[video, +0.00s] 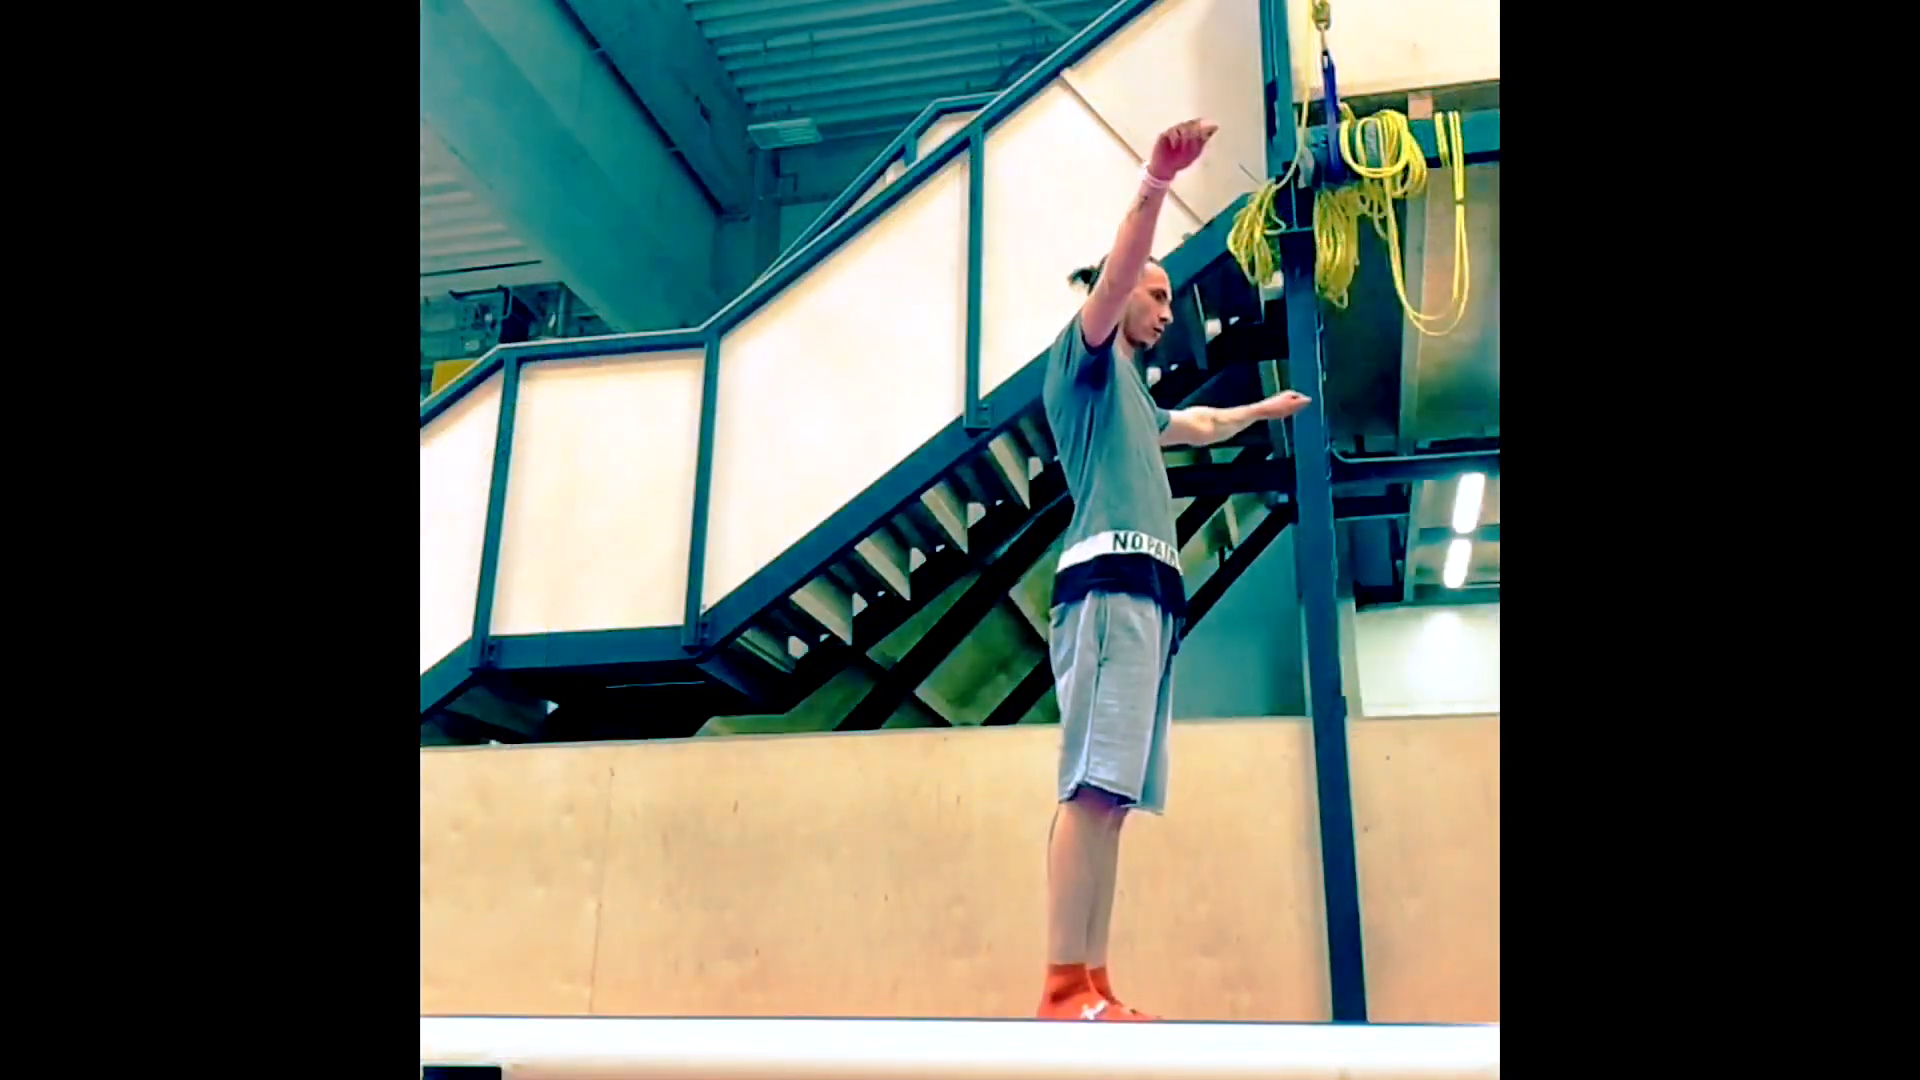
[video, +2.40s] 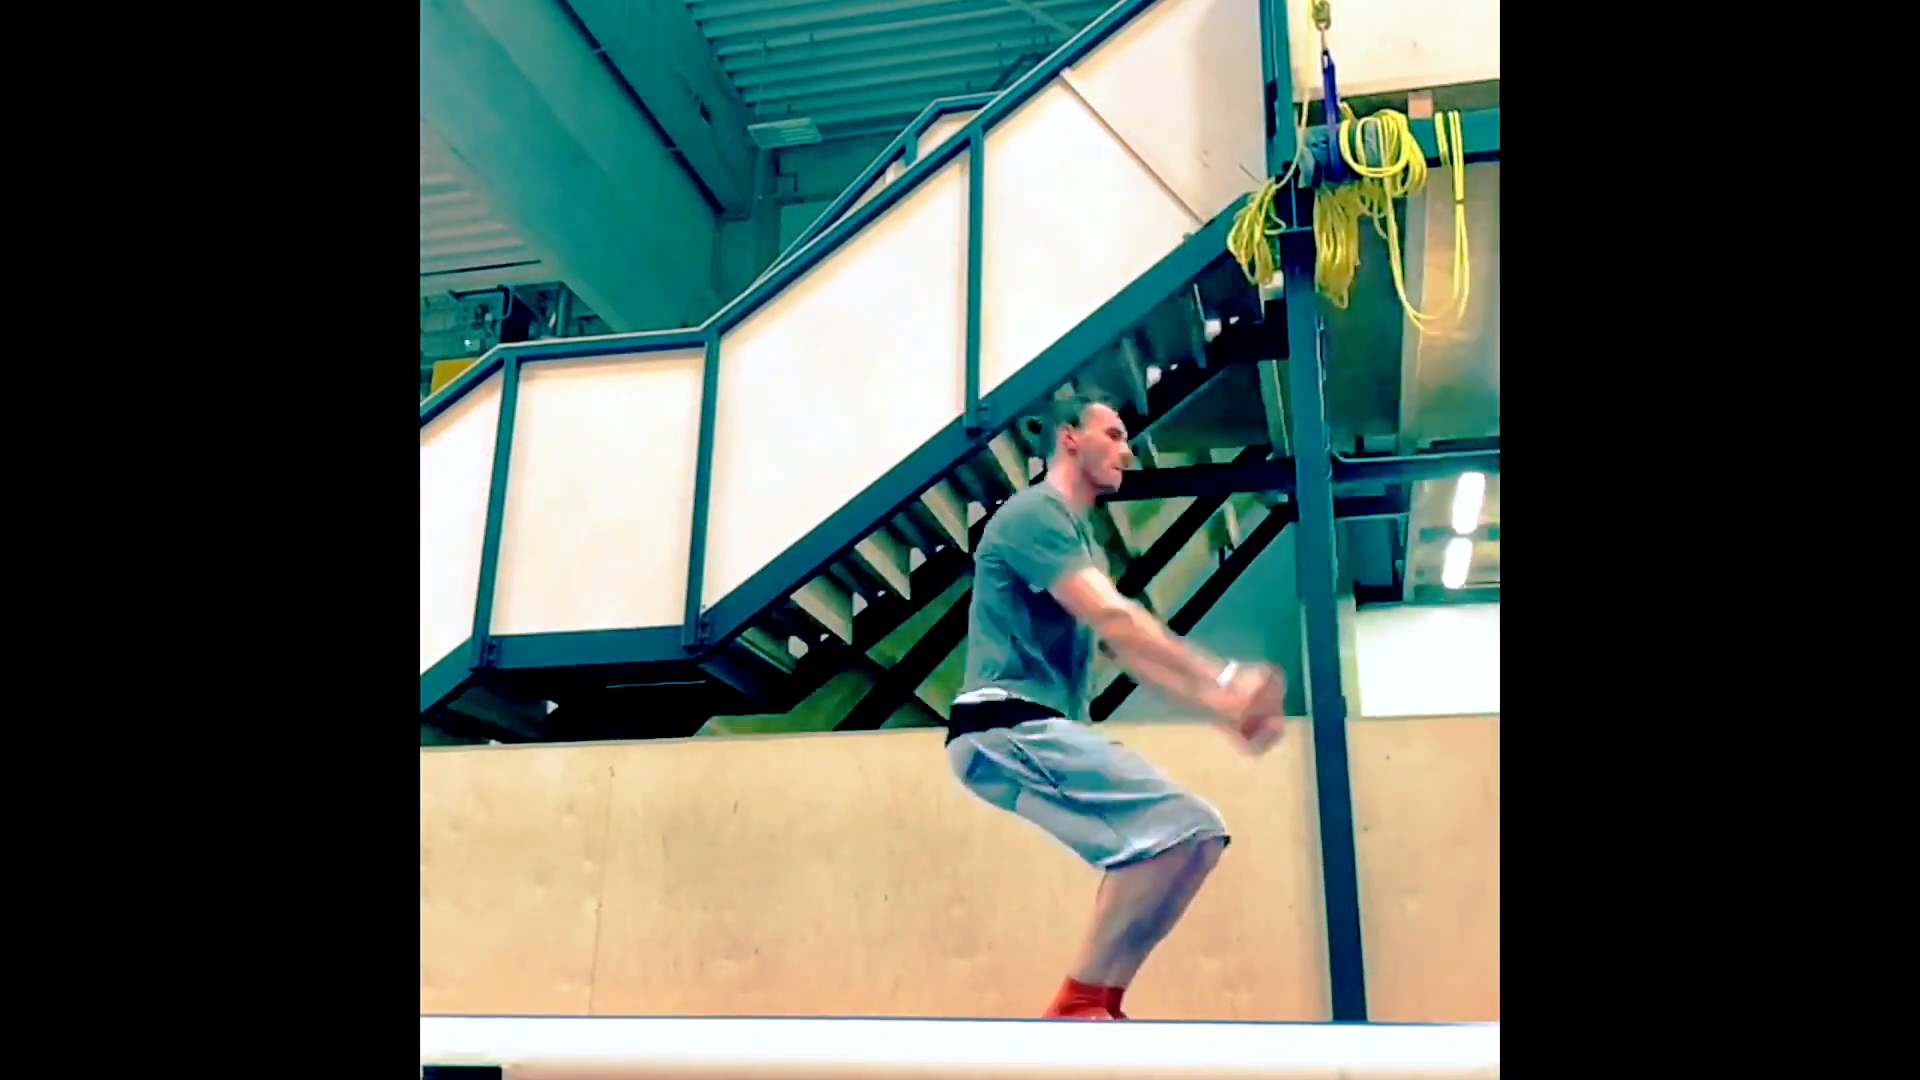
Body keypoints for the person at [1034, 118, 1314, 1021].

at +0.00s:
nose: (1166, 310)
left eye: (1169, 302)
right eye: (1155, 295)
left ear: (1154, 317)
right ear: (1114, 290)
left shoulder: (1132, 394)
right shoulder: (1084, 360)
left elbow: (1201, 426)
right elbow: (1117, 280)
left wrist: (1269, 407)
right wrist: (1156, 185)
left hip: (1146, 593)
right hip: (1110, 585)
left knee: (1113, 796)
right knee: (1093, 791)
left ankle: (1092, 989)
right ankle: (1065, 993)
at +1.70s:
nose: (1154, 270)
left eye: (1153, 260)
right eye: (1142, 258)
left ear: (1125, 274)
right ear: (1101, 265)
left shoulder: (1124, 362)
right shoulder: (1077, 312)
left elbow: (1229, 340)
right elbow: (1207, 264)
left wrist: (1322, 272)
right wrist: (1300, 190)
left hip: (1136, 561)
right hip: (1102, 552)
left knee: (1125, 768)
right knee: (1106, 758)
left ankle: (1118, 968)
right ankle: (1086, 961)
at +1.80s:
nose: (1164, 283)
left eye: (1163, 272)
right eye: (1152, 268)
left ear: (1128, 276)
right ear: (1106, 268)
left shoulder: (1128, 371)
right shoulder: (1076, 321)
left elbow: (1222, 405)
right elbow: (1213, 343)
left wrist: (1326, 373)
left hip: (1129, 565)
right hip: (1093, 555)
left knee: (1121, 766)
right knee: (1102, 760)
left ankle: (1119, 960)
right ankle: (1088, 955)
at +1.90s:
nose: (1188, 292)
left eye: (1192, 282)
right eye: (1177, 275)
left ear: (1162, 286)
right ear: (1134, 272)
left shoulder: (1140, 374)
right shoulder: (1096, 330)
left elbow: (1159, 495)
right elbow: (1130, 445)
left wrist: (1219, 566)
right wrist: (1214, 525)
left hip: (1120, 570)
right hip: (1077, 556)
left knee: (1137, 768)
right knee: (1109, 754)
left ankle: (1123, 957)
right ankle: (1090, 955)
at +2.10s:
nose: (1256, 452)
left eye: (1257, 439)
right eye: (1246, 435)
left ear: (1210, 438)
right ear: (1200, 430)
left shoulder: (1155, 490)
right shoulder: (1140, 455)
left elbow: (1071, 476)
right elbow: (1006, 389)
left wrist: (1039, 443)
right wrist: (913, 333)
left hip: (1038, 655)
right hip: (1016, 653)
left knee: (1152, 805)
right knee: (1157, 795)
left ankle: (1093, 987)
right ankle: (1074, 987)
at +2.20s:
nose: (1251, 535)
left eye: (1252, 522)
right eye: (1239, 517)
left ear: (1202, 520)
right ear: (1194, 513)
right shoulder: (1112, 531)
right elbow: (1009, 462)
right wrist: (924, 397)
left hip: (1028, 736)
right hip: (999, 731)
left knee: (1186, 834)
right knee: (1170, 831)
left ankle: (1090, 1003)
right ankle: (1077, 1005)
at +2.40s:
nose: (1126, 449)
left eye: (1125, 438)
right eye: (1113, 434)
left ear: (1083, 445)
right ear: (1068, 440)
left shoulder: (1080, 538)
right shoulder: (1030, 514)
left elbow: (1130, 652)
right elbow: (1113, 621)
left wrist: (1223, 708)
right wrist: (1217, 681)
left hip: (1044, 727)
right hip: (1003, 726)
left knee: (1200, 839)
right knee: (1169, 832)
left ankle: (1102, 1004)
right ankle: (1077, 1003)